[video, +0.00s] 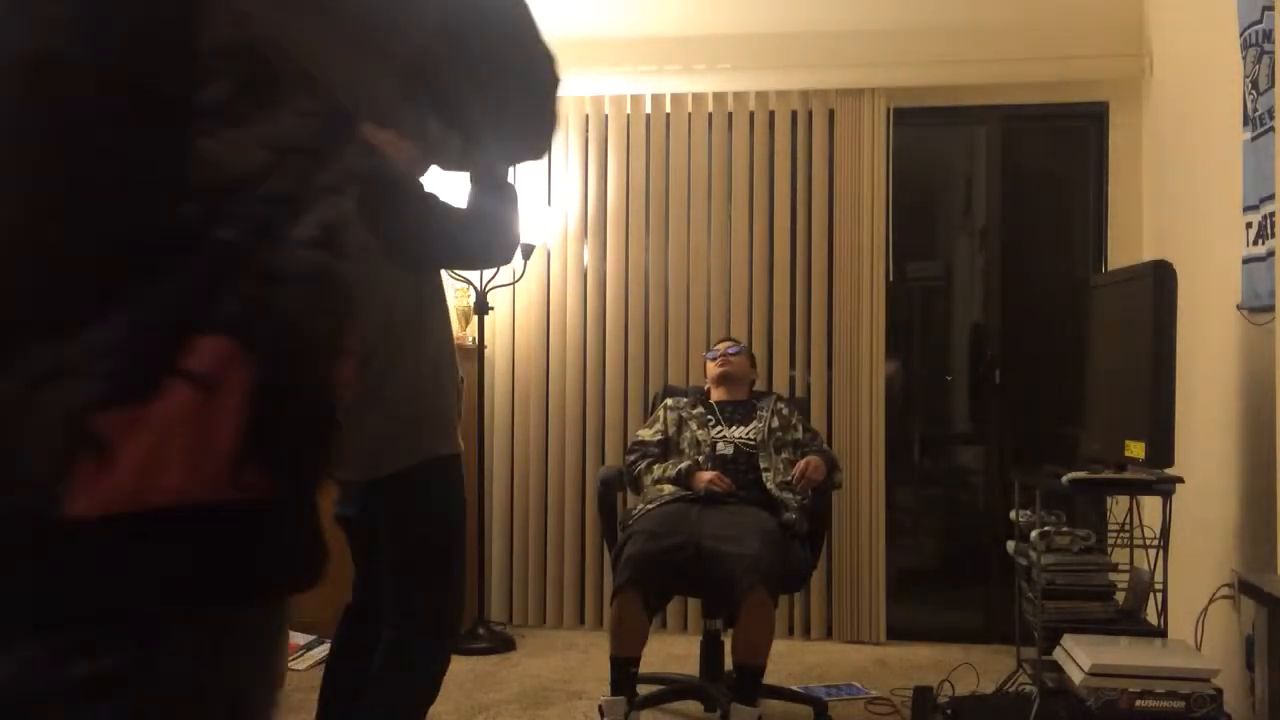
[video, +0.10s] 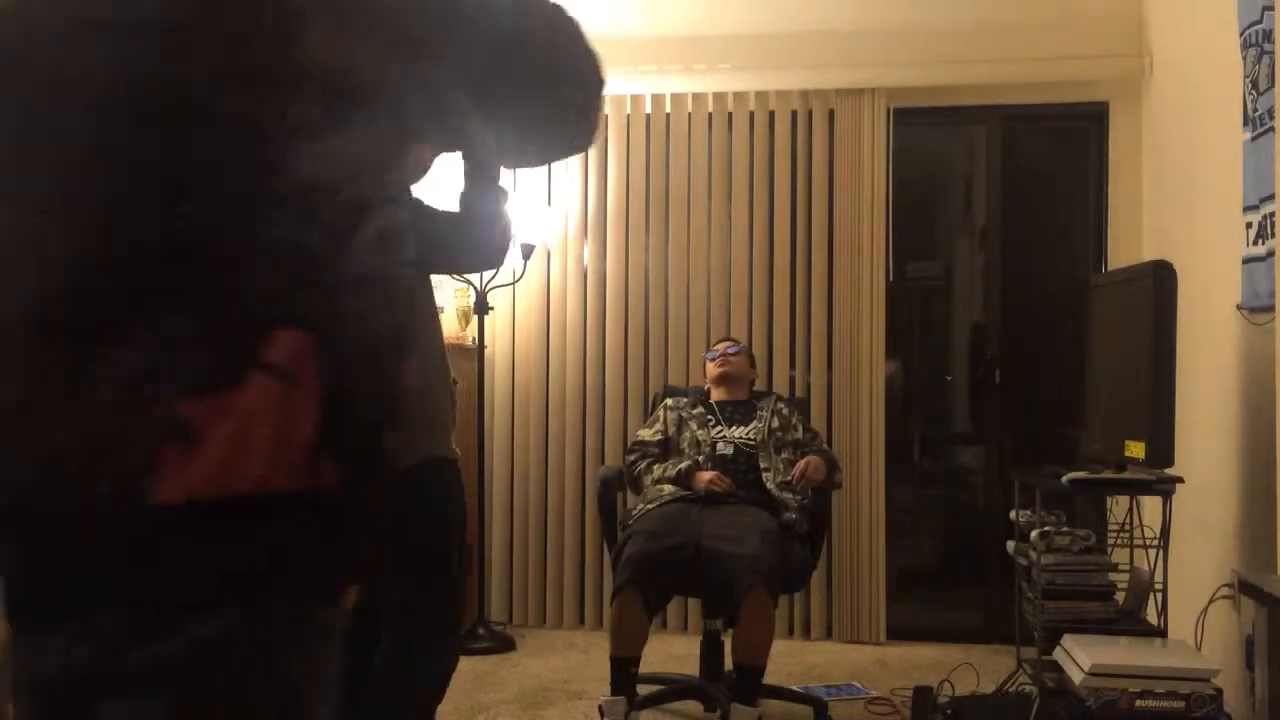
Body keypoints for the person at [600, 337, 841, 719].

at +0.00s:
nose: (722, 354)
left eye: (733, 350)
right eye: (713, 353)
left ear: (753, 371)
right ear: (705, 373)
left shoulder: (779, 411)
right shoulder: (674, 409)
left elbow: (825, 457)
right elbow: (638, 465)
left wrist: (820, 461)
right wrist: (689, 476)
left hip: (749, 507)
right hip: (673, 503)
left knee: (756, 576)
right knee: (637, 568)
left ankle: (746, 705)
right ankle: (621, 697)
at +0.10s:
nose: (721, 354)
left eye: (733, 350)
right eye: (713, 353)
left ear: (753, 370)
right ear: (704, 374)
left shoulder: (780, 411)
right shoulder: (674, 409)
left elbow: (825, 458)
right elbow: (638, 464)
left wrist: (820, 461)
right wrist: (689, 476)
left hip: (749, 507)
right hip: (673, 503)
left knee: (756, 576)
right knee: (637, 567)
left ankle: (746, 705)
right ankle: (621, 697)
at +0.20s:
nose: (720, 355)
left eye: (732, 350)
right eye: (712, 353)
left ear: (752, 371)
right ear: (704, 374)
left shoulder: (779, 412)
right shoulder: (674, 409)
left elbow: (825, 459)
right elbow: (638, 464)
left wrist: (821, 462)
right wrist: (689, 476)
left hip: (749, 507)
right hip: (673, 504)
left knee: (756, 576)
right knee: (637, 567)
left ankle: (746, 705)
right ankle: (621, 696)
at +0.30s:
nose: (720, 355)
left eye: (732, 351)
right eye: (712, 353)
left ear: (752, 371)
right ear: (704, 374)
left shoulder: (780, 412)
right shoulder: (673, 409)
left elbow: (825, 459)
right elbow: (638, 465)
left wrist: (821, 461)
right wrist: (689, 476)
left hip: (749, 507)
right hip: (673, 504)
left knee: (756, 576)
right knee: (637, 567)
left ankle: (745, 705)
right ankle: (621, 696)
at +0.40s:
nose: (720, 354)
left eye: (732, 350)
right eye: (712, 353)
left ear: (752, 371)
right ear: (704, 374)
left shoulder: (779, 412)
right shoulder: (674, 409)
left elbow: (824, 458)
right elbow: (639, 465)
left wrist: (820, 461)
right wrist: (689, 476)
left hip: (749, 508)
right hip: (672, 505)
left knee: (755, 579)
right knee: (636, 570)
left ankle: (745, 705)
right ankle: (621, 696)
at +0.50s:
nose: (720, 355)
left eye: (732, 350)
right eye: (712, 353)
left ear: (752, 370)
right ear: (704, 375)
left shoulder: (779, 411)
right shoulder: (674, 409)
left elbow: (823, 456)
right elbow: (639, 464)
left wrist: (821, 461)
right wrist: (689, 477)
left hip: (750, 506)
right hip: (673, 503)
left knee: (756, 577)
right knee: (638, 565)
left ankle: (745, 704)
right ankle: (620, 694)